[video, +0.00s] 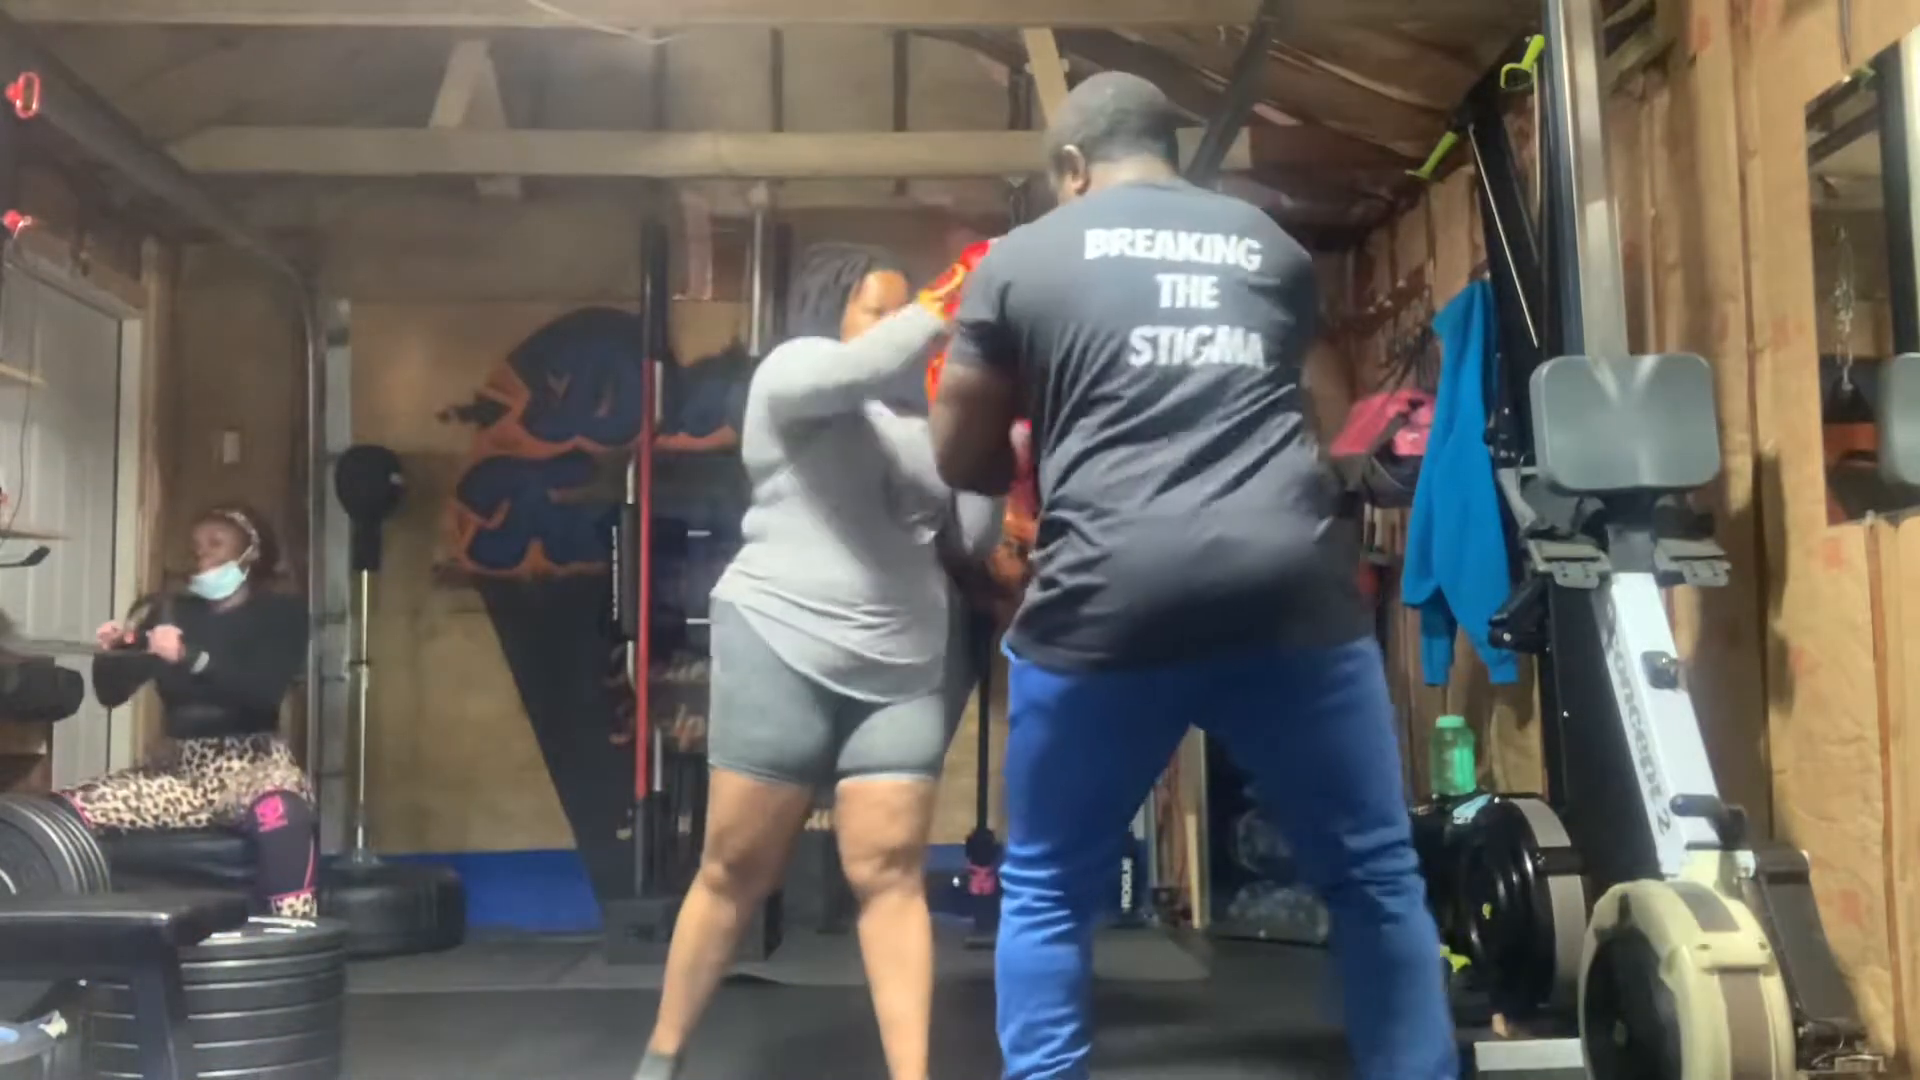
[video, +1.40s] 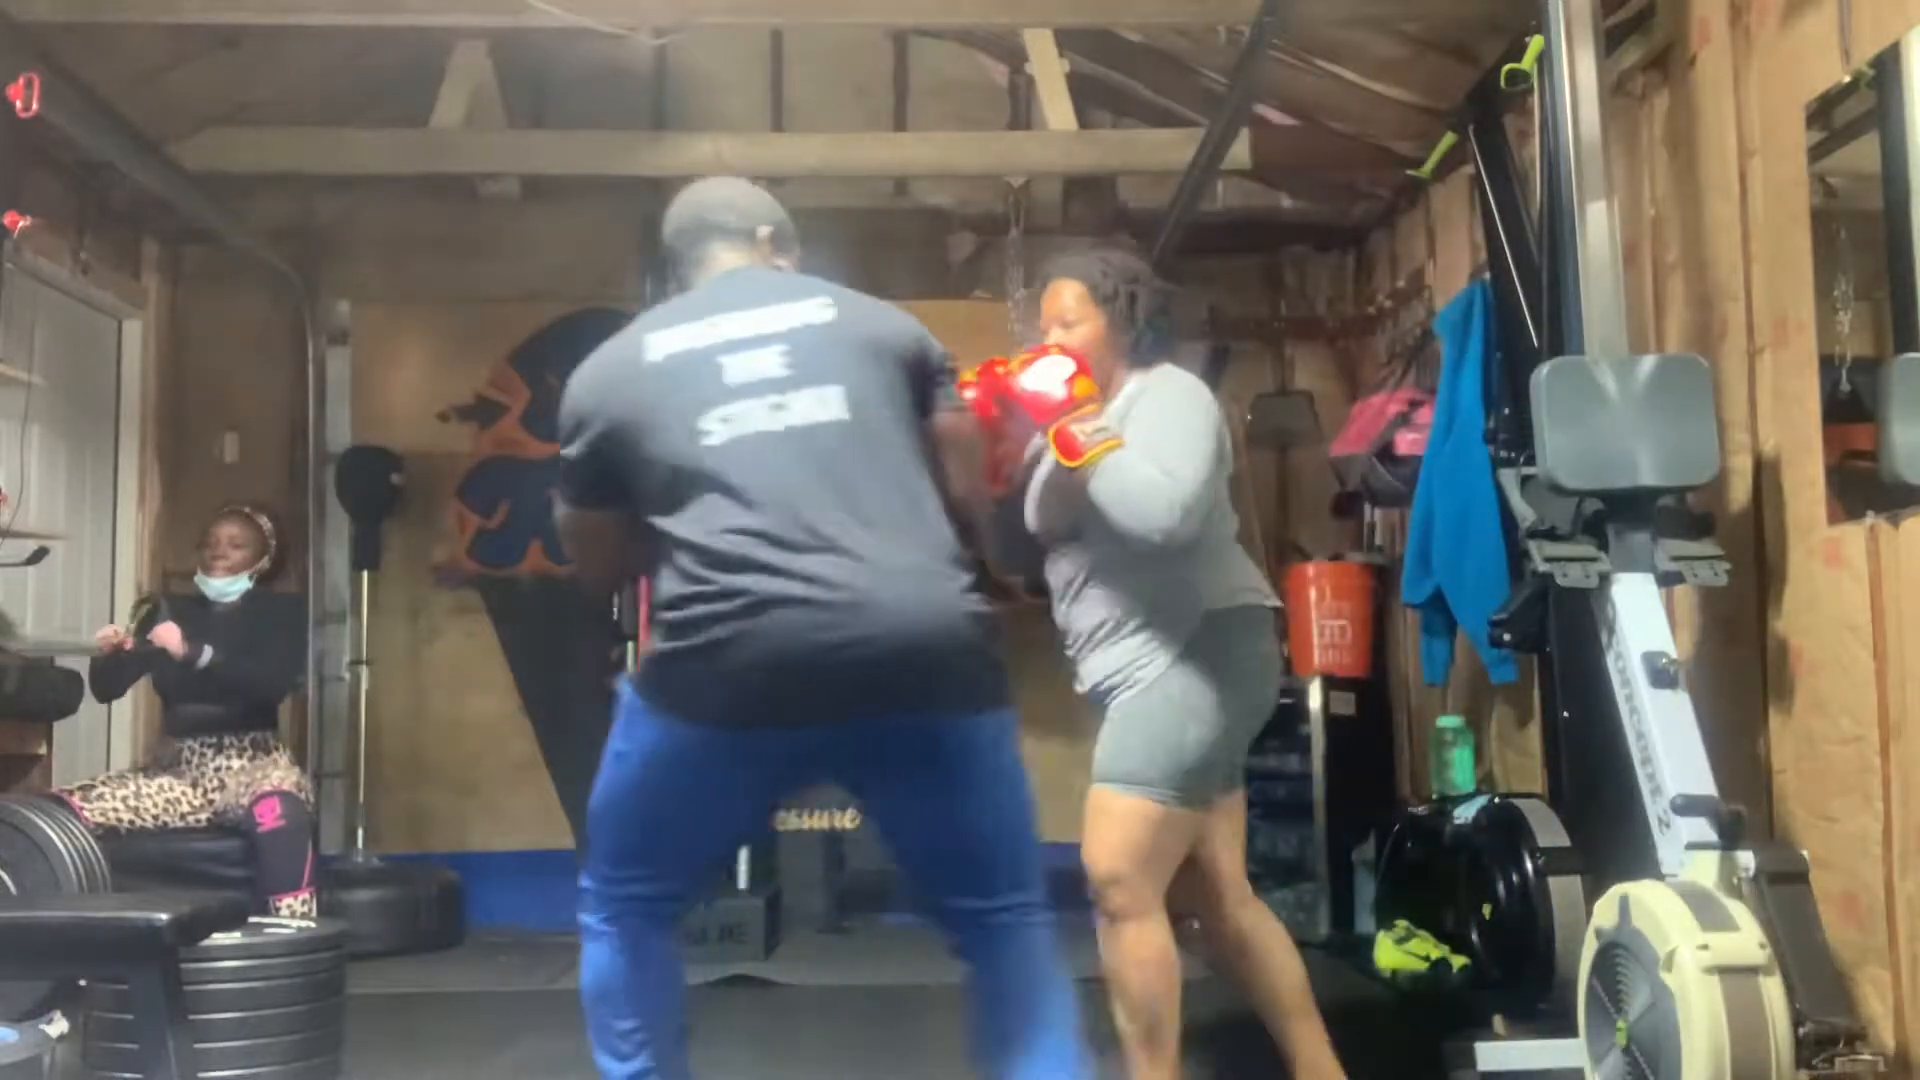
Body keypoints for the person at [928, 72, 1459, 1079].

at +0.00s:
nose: (1057, 192)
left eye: (1054, 178)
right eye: (1058, 181)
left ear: (1074, 167)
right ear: (1176, 154)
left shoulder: (1020, 260)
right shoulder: (1268, 239)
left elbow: (964, 458)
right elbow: (1326, 415)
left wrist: (1029, 444)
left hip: (1112, 589)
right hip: (1290, 579)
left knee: (1048, 889)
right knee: (1376, 875)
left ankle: (1042, 1071)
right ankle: (1417, 1073)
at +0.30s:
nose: (1152, 219)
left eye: (1150, 200)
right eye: (1150, 202)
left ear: (1173, 179)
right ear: (1271, 157)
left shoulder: (1128, 274)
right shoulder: (1411, 259)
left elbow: (1069, 471)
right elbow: (1446, 428)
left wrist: (1170, 519)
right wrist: (1357, 492)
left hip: (1216, 618)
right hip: (1407, 613)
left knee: (1104, 892)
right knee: (1493, 906)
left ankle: (1064, 1074)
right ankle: (1569, 1076)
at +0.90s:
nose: (1118, 219)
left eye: (1116, 204)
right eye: (1113, 207)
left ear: (1154, 181)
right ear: (1234, 172)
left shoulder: (1136, 246)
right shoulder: (1343, 262)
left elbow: (1059, 444)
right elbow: (1333, 428)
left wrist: (1085, 508)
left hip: (1209, 610)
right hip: (1386, 615)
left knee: (1018, 843)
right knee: (1444, 903)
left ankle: (990, 1064)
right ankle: (1545, 1071)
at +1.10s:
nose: (916, 303)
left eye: (915, 287)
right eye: (912, 287)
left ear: (947, 265)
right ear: (1044, 251)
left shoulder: (947, 338)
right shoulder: (1187, 341)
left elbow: (841, 508)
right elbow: (1289, 505)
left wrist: (895, 538)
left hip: (1069, 704)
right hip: (1262, 707)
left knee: (869, 916)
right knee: (1378, 943)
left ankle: (770, 1071)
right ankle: (1503, 1073)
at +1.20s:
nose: (784, 311)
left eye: (786, 296)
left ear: (806, 287)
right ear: (920, 266)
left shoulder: (790, 367)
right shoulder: (1036, 350)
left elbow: (720, 556)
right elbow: (1136, 504)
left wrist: (794, 515)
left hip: (939, 673)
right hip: (1130, 665)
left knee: (758, 894)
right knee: (1284, 920)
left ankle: (696, 1069)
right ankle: (1449, 1073)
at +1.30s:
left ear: (719, 287)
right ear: (831, 268)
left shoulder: (679, 376)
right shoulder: (944, 342)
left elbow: (639, 573)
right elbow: (1031, 508)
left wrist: (713, 515)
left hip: (830, 658)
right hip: (1022, 649)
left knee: (672, 896)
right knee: (1152, 920)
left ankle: (665, 1072)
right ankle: (1285, 1071)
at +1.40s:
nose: (791, 263)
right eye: (789, 252)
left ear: (672, 271)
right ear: (774, 248)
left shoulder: (610, 371)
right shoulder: (886, 324)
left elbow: (599, 564)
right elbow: (969, 488)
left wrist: (682, 490)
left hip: (728, 657)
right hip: (928, 648)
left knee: (626, 904)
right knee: (1005, 918)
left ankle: (639, 1069)